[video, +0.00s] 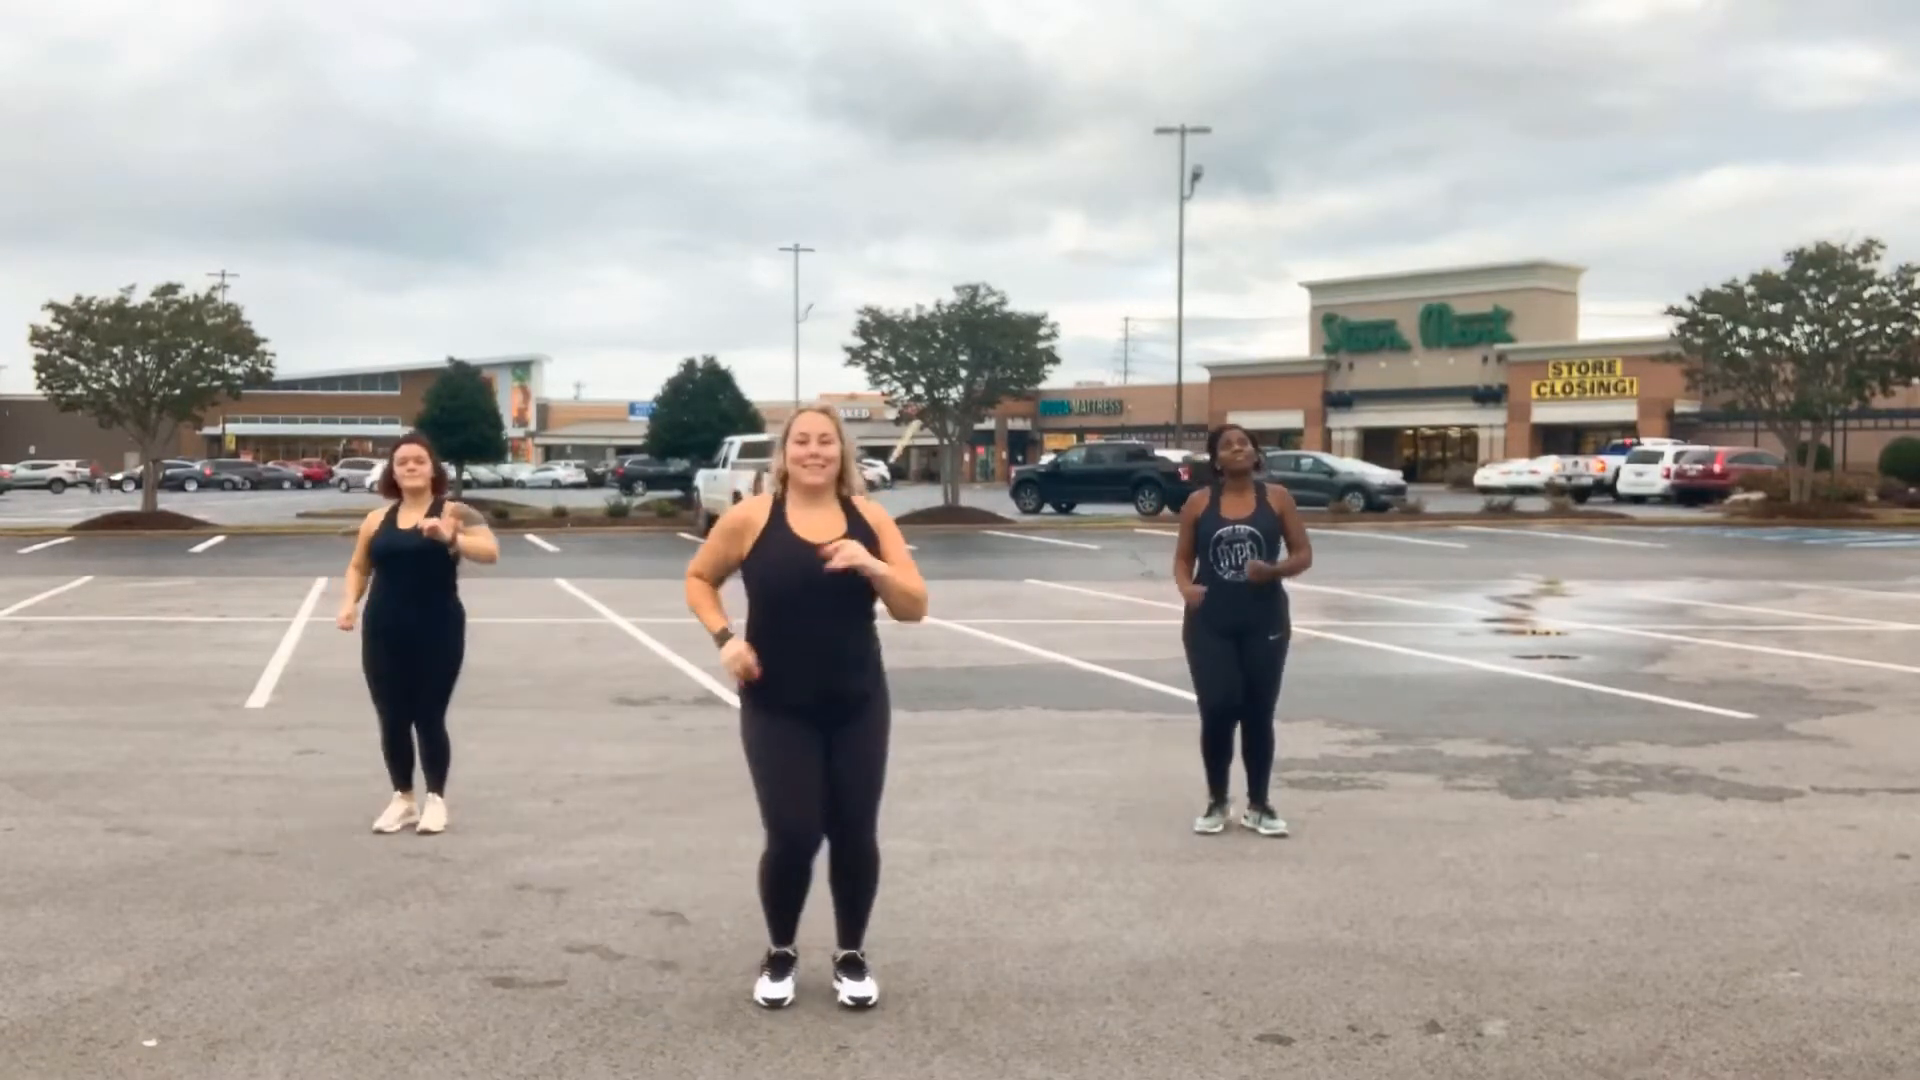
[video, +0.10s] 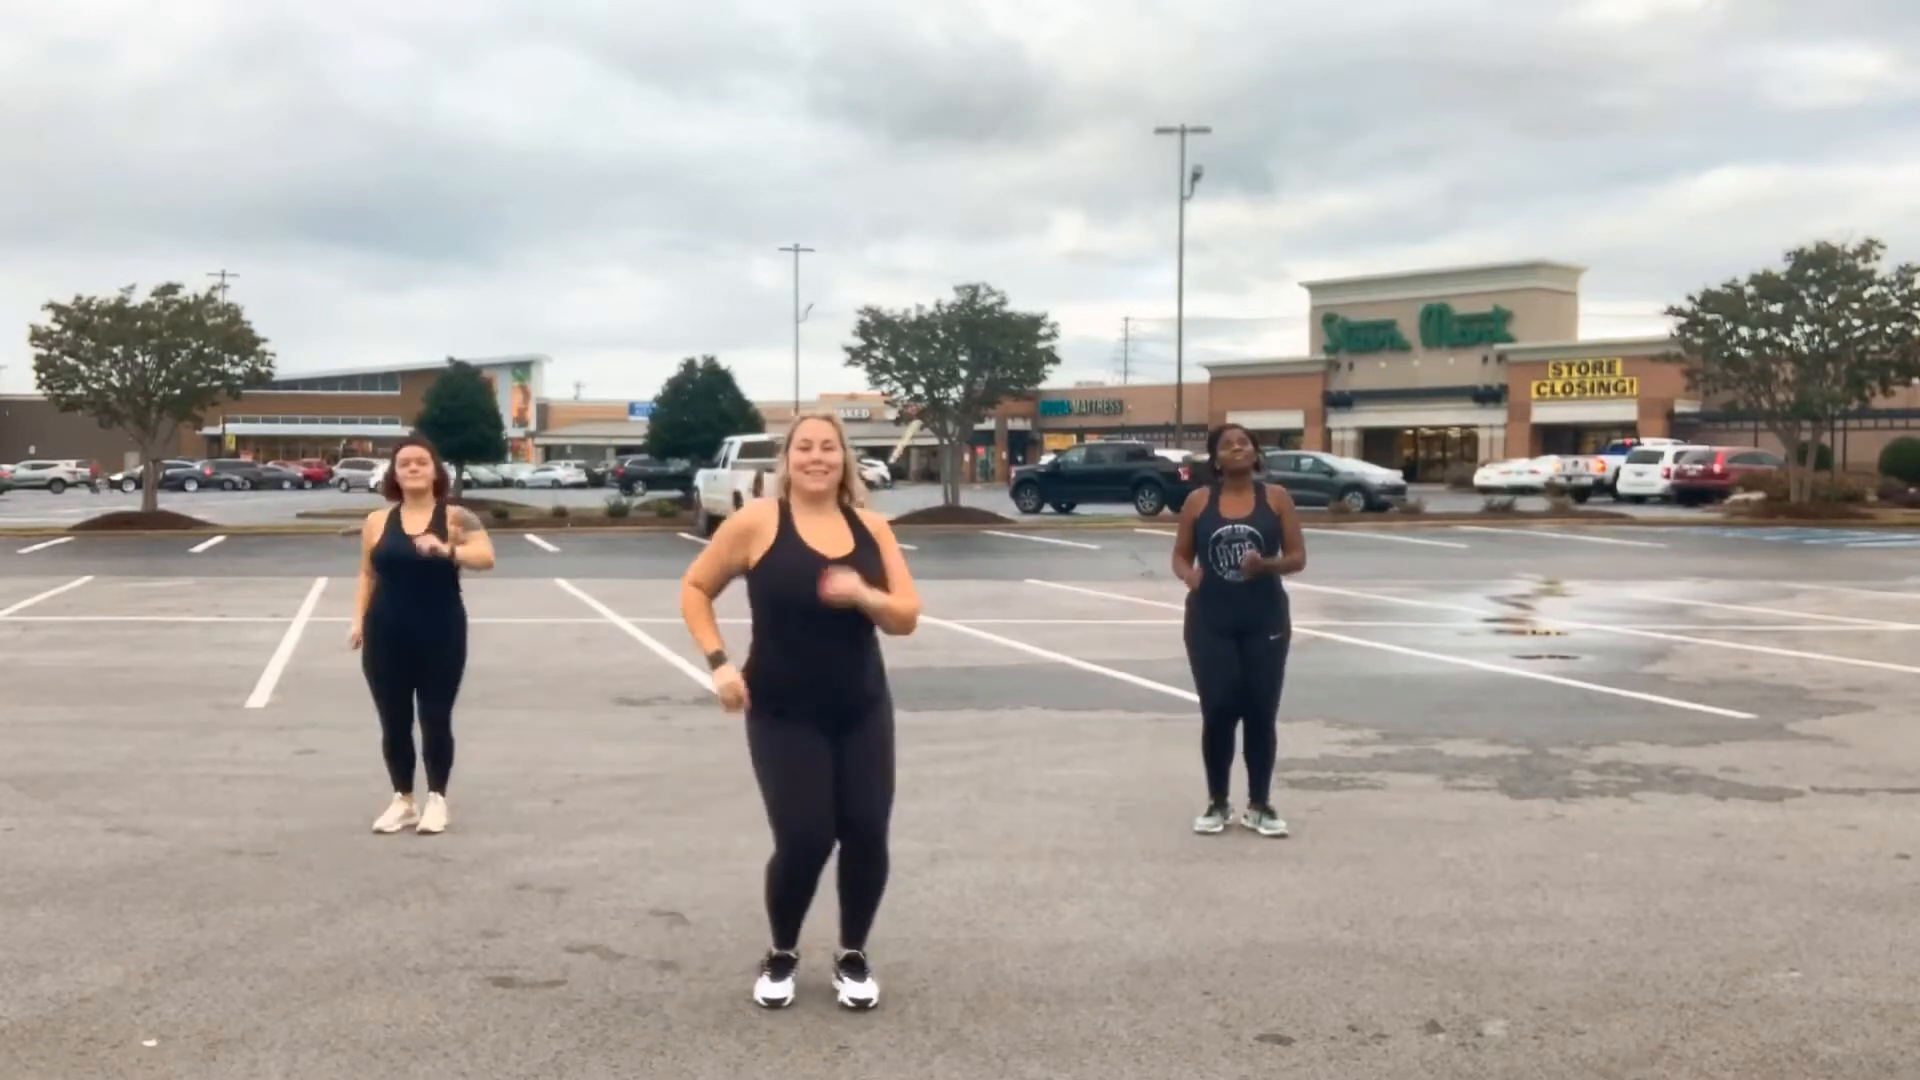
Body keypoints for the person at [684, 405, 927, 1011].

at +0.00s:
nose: (814, 450)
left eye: (826, 440)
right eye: (801, 440)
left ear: (843, 452)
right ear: (783, 453)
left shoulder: (869, 519)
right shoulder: (749, 519)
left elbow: (914, 607)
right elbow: (699, 579)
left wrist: (875, 569)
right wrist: (727, 638)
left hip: (857, 704)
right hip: (776, 704)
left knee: (855, 835)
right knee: (794, 837)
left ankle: (851, 956)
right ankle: (780, 956)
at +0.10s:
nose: (817, 457)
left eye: (827, 448)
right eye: (805, 448)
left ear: (844, 460)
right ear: (786, 460)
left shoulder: (871, 529)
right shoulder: (754, 523)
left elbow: (907, 617)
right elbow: (694, 589)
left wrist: (865, 594)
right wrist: (719, 661)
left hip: (862, 711)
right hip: (782, 712)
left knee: (866, 835)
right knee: (806, 838)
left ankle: (853, 957)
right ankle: (782, 957)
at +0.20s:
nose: (818, 457)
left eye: (829, 448)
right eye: (806, 448)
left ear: (846, 459)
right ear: (787, 460)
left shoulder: (876, 526)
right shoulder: (760, 529)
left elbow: (906, 608)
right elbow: (708, 614)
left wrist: (880, 674)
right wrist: (727, 699)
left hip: (862, 706)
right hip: (783, 710)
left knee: (889, 827)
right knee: (794, 842)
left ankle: (859, 952)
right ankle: (779, 957)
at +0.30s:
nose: (821, 457)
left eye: (832, 447)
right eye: (809, 448)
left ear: (850, 458)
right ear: (791, 459)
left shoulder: (883, 524)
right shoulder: (766, 531)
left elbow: (915, 617)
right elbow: (736, 620)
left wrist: (929, 701)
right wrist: (767, 686)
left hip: (869, 706)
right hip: (788, 707)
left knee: (915, 813)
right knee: (785, 840)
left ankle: (894, 940)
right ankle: (778, 957)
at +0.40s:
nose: (835, 449)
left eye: (846, 439)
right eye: (823, 440)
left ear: (864, 451)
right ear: (805, 452)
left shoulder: (897, 517)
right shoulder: (778, 520)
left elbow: (949, 588)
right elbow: (755, 609)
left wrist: (961, 662)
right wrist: (819, 612)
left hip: (881, 702)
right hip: (795, 704)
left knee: (925, 822)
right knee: (786, 833)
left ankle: (958, 935)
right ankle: (777, 954)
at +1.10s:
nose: (825, 440)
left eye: (837, 431)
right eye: (814, 430)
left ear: (854, 445)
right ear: (796, 445)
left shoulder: (882, 512)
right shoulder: (765, 511)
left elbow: (924, 588)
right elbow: (708, 586)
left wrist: (896, 650)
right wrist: (758, 607)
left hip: (859, 694)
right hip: (776, 695)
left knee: (885, 817)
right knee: (775, 826)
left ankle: (882, 931)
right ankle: (771, 949)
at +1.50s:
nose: (805, 456)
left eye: (816, 447)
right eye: (794, 446)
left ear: (833, 459)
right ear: (775, 458)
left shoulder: (855, 526)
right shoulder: (740, 521)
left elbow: (897, 612)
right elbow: (711, 611)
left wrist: (863, 644)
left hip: (847, 702)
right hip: (766, 701)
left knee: (851, 834)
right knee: (769, 821)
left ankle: (833, 948)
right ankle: (763, 933)